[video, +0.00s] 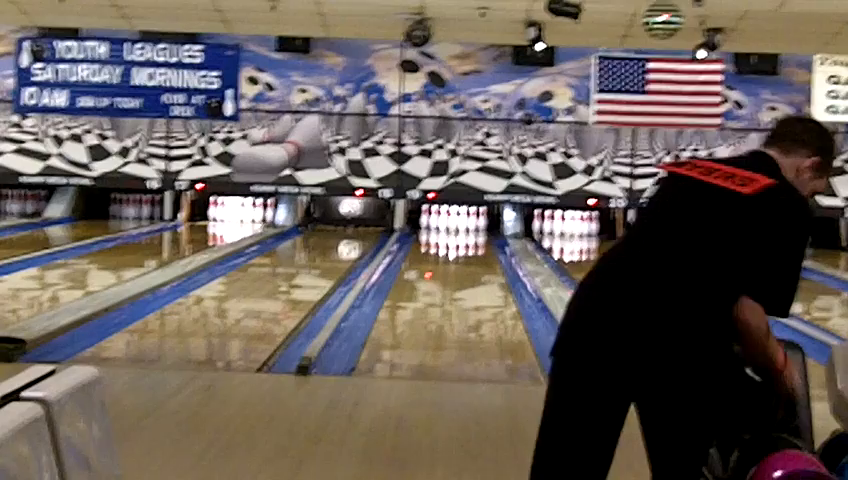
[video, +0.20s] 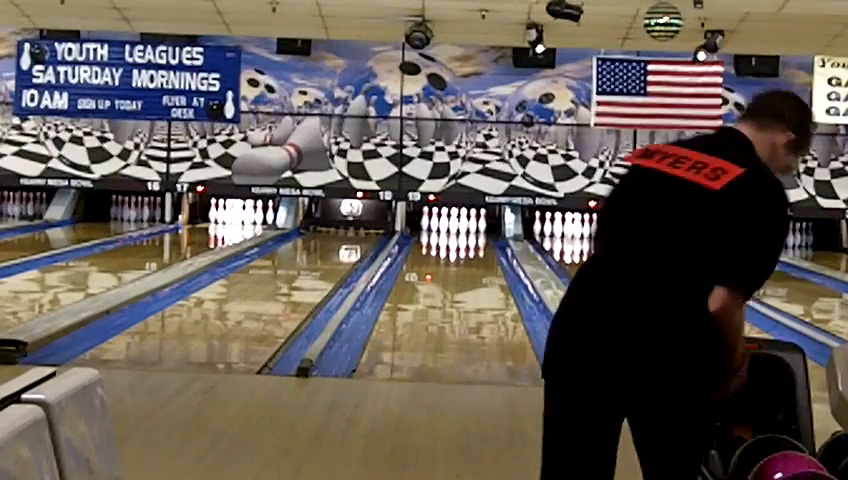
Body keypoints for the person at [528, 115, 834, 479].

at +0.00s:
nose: (810, 199)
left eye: (817, 193)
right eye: (815, 189)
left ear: (766, 146)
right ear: (807, 166)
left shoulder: (691, 169)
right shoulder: (784, 202)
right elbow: (745, 307)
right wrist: (774, 364)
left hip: (597, 320)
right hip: (677, 342)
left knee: (563, 470)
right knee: (682, 472)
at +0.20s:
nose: (789, 170)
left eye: (796, 162)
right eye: (795, 159)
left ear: (743, 121)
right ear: (784, 139)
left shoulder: (656, 154)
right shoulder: (764, 195)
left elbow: (604, 244)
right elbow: (721, 303)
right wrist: (735, 359)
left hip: (583, 337)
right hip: (669, 354)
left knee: (569, 479)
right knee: (674, 478)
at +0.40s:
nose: (738, 118)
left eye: (743, 107)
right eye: (742, 104)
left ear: (683, 82)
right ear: (727, 93)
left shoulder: (599, 140)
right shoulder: (717, 176)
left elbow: (549, 256)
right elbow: (693, 301)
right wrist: (698, 371)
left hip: (555, 360)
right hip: (643, 372)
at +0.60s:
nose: (688, 92)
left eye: (695, 80)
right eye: (692, 78)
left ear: (626, 49)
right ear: (670, 56)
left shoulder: (561, 120)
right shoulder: (659, 133)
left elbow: (544, 242)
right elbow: (674, 263)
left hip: (538, 345)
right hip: (622, 354)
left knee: (545, 477)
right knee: (636, 477)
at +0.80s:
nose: (688, 85)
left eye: (695, 73)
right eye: (691, 70)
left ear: (647, 44)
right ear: (662, 47)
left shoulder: (569, 110)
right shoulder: (646, 130)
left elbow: (568, 238)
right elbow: (638, 259)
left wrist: (685, 261)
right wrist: (733, 232)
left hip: (538, 343)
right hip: (612, 355)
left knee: (549, 475)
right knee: (633, 476)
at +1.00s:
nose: (720, 96)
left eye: (728, 84)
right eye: (723, 79)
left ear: (683, 51)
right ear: (691, 52)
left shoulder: (593, 114)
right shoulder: (669, 142)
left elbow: (539, 245)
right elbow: (637, 278)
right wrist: (710, 326)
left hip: (542, 340)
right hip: (611, 358)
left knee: (549, 477)